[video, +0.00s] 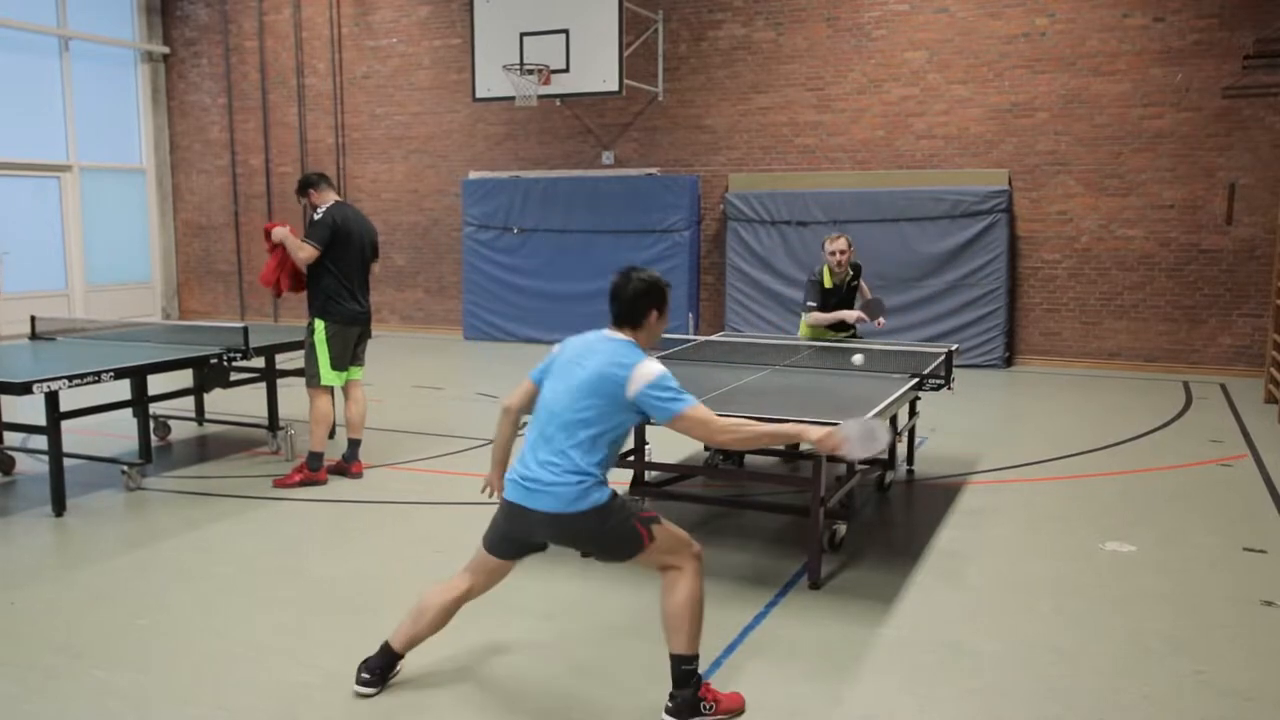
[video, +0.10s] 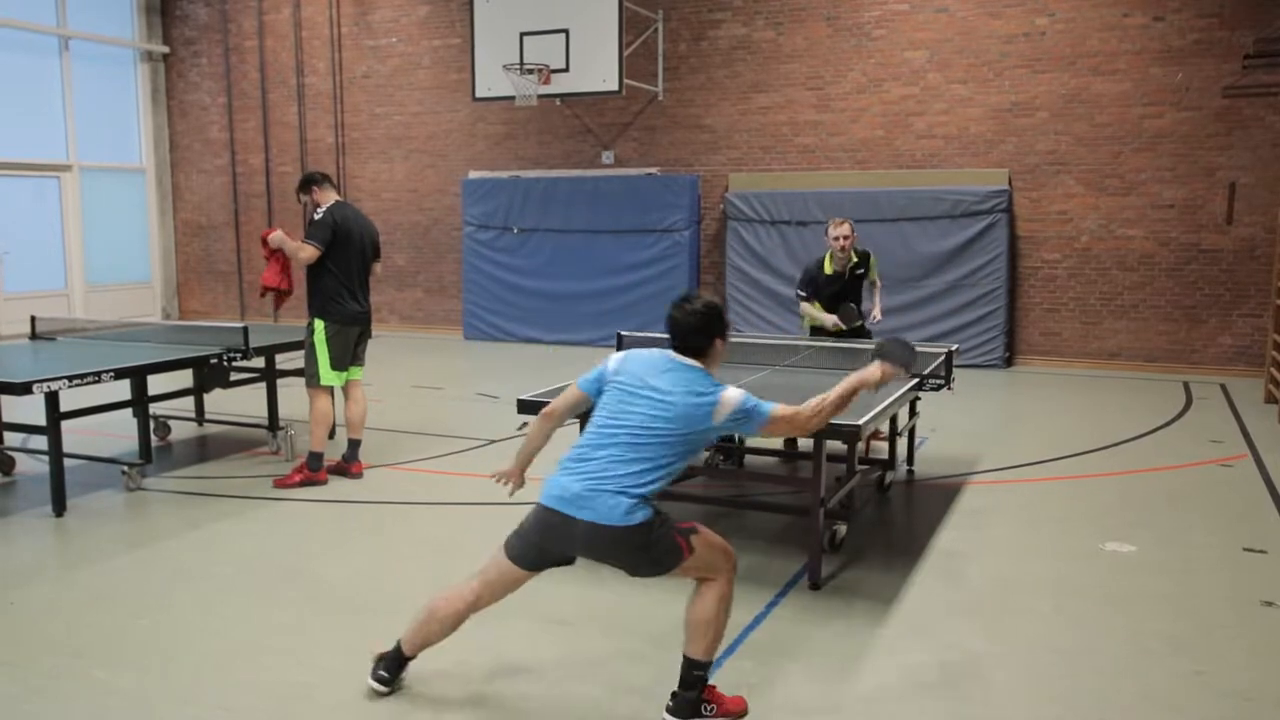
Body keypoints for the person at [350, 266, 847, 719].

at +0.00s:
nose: (667, 325)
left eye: (664, 315)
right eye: (666, 316)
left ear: (616, 313)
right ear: (650, 318)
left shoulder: (569, 348)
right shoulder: (640, 370)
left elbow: (513, 408)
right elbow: (717, 432)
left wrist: (497, 469)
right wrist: (803, 434)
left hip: (522, 498)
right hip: (579, 505)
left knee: (466, 581)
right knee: (682, 555)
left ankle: (380, 662)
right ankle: (686, 693)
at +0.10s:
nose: (728, 343)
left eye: (720, 335)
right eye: (726, 337)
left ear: (672, 335)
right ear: (715, 344)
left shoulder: (624, 363)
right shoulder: (717, 397)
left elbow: (555, 411)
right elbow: (803, 422)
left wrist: (518, 462)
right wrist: (857, 380)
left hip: (556, 511)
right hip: (619, 527)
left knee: (475, 590)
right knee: (718, 563)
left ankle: (391, 662)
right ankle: (691, 697)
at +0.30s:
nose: (809, 317)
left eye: (808, 309)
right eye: (808, 310)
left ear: (747, 301)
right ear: (799, 315)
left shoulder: (695, 333)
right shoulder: (797, 367)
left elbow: (601, 357)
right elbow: (863, 437)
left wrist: (552, 414)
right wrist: (899, 420)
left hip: (642, 494)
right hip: (713, 508)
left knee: (605, 601)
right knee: (763, 572)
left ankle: (551, 707)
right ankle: (730, 689)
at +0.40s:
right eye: (832, 307)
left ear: (769, 296)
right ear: (825, 315)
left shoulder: (718, 329)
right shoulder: (836, 378)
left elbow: (628, 340)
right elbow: (894, 479)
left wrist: (575, 424)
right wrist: (913, 474)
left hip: (687, 517)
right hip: (768, 522)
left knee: (658, 651)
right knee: (831, 596)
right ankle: (831, 710)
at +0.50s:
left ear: (781, 317)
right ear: (843, 330)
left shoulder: (737, 362)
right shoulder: (863, 400)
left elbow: (699, 425)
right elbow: (911, 522)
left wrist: (656, 532)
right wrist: (916, 549)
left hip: (746, 574)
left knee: (688, 712)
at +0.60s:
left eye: (764, 338)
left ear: (767, 348)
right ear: (831, 355)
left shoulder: (742, 406)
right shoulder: (873, 426)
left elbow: (748, 512)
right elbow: (914, 551)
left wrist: (734, 628)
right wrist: (913, 610)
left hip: (779, 619)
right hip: (874, 615)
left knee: (696, 714)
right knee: (937, 711)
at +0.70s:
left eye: (728, 314)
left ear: (730, 324)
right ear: (793, 327)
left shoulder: (708, 377)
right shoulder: (841, 394)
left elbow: (721, 478)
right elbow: (880, 515)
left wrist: (703, 597)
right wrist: (896, 589)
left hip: (754, 594)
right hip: (850, 591)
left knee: (668, 706)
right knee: (924, 706)